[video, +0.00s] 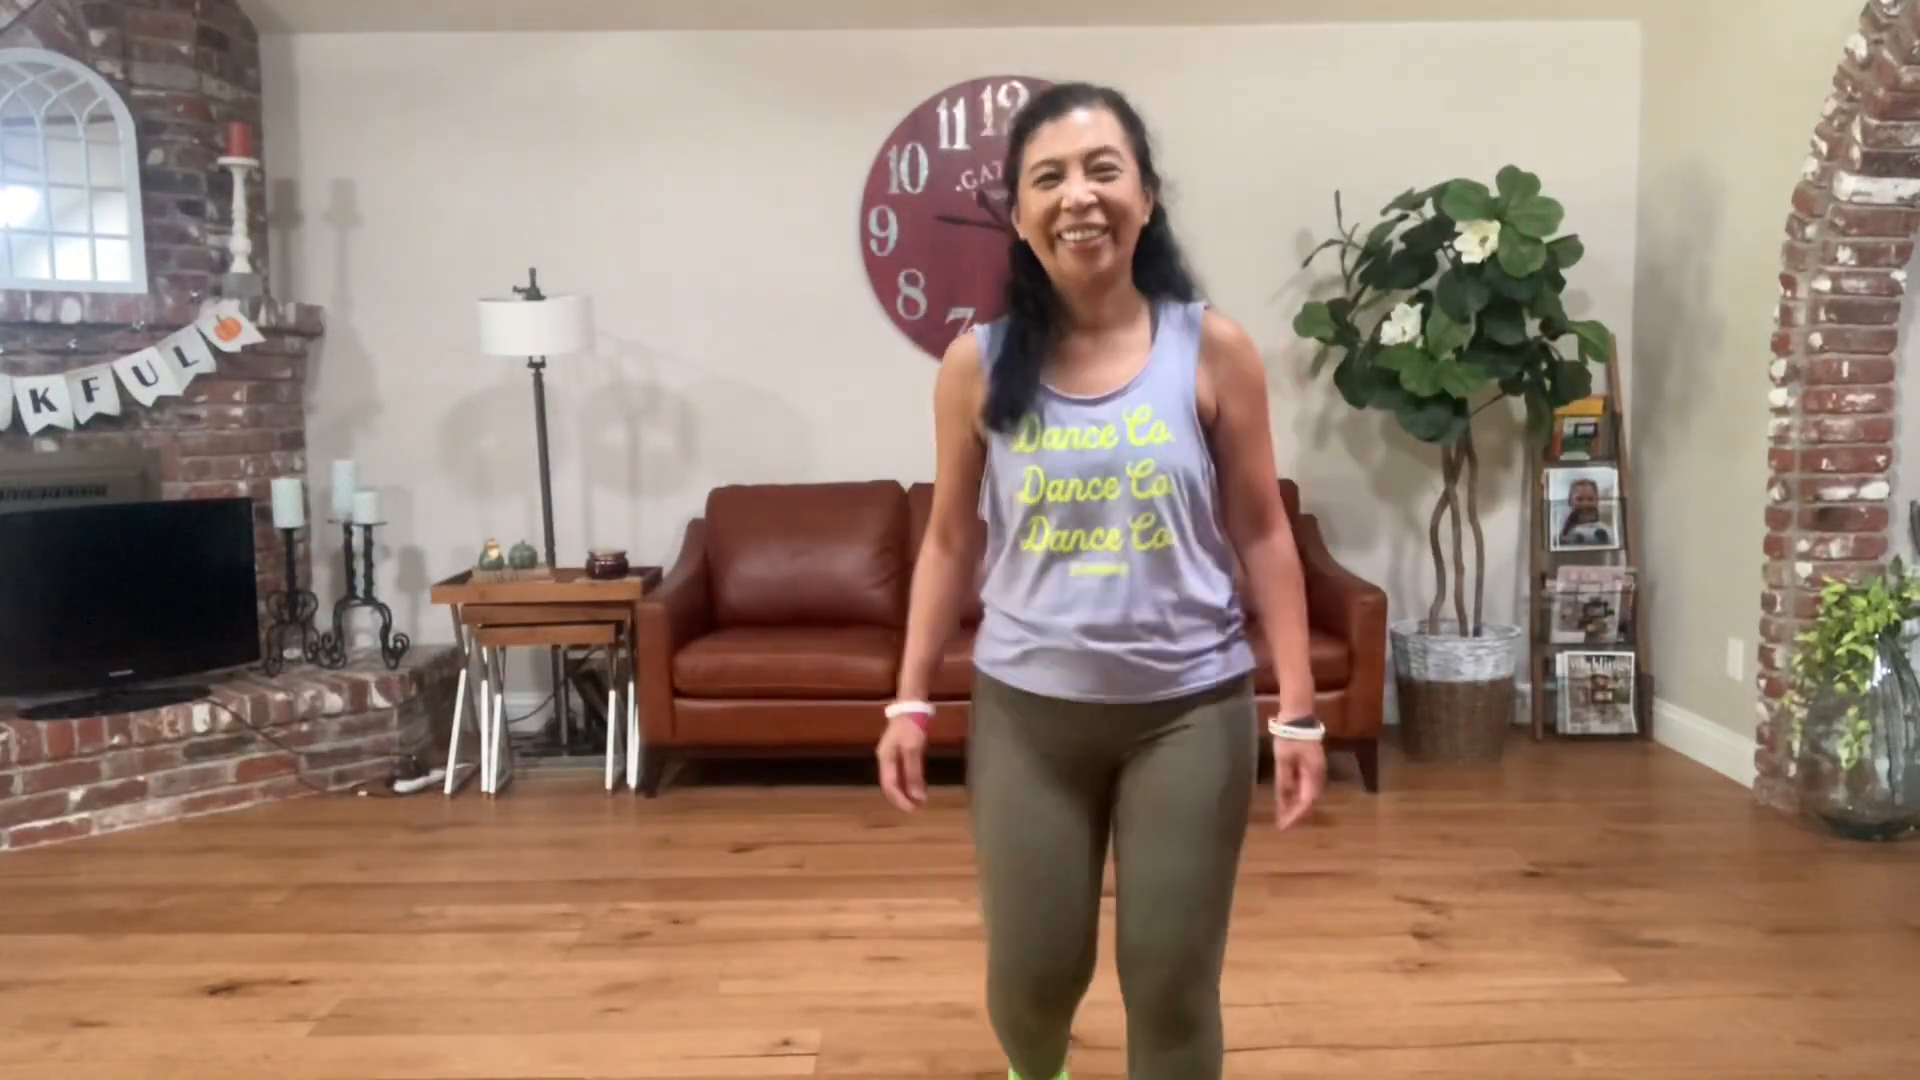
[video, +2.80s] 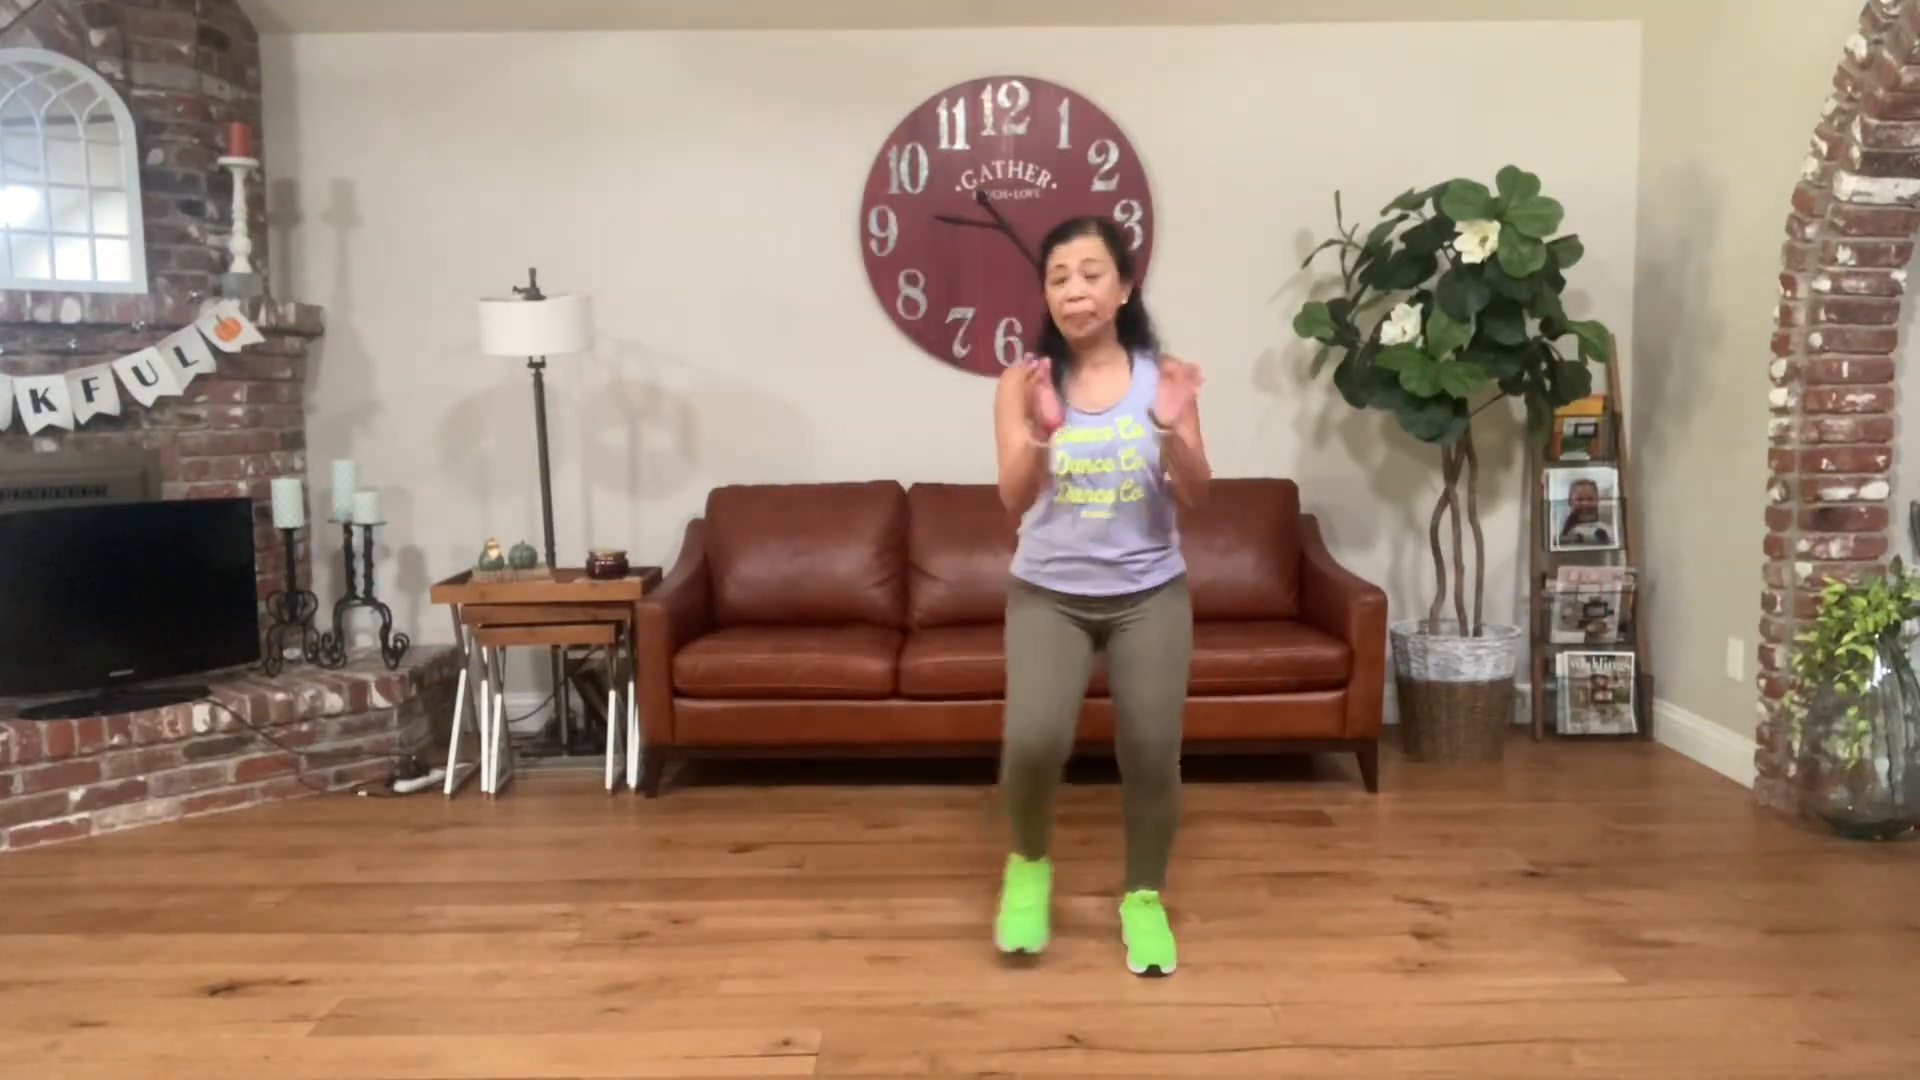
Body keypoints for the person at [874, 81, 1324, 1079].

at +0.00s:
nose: (1078, 195)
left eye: (1104, 169)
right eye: (1049, 176)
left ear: (1147, 196)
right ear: (1017, 213)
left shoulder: (1216, 351)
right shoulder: (978, 367)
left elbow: (1261, 531)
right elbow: (950, 540)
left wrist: (1297, 702)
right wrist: (910, 695)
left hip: (1192, 711)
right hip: (1025, 714)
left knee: (1171, 994)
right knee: (1033, 983)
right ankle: (1036, 1074)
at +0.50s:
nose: (1039, 244)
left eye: (1059, 222)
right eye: (1014, 228)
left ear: (1092, 244)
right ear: (986, 259)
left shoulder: (1144, 366)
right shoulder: (951, 378)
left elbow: (1198, 503)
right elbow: (899, 515)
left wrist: (1201, 591)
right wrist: (871, 548)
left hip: (1125, 661)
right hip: (988, 662)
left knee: (1113, 870)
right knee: (1013, 871)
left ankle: (1123, 1048)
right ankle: (1036, 1053)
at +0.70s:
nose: (1037, 257)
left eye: (1057, 233)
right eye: (1014, 239)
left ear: (1093, 246)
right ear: (992, 259)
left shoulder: (1143, 358)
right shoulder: (961, 371)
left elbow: (1173, 498)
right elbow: (940, 533)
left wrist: (1111, 493)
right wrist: (936, 502)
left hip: (1119, 651)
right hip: (990, 649)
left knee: (1098, 855)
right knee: (1017, 857)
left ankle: (1103, 988)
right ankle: (1037, 1044)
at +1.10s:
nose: (1014, 257)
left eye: (1032, 237)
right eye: (994, 242)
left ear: (1066, 257)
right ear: (971, 266)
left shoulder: (1116, 369)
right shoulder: (949, 375)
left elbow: (1179, 475)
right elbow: (931, 478)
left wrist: (1122, 565)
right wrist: (924, 548)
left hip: (1096, 622)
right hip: (978, 617)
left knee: (1091, 810)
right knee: (944, 794)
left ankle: (1099, 985)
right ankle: (946, 932)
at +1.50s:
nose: (930, 283)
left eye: (948, 267)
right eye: (913, 268)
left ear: (972, 285)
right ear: (888, 285)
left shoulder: (1005, 390)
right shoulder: (855, 380)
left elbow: (1044, 500)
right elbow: (815, 481)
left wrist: (1015, 532)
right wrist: (786, 501)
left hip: (985, 619)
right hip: (876, 617)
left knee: (1025, 794)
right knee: (869, 785)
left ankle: (1086, 975)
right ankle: (871, 914)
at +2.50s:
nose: (1032, 279)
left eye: (1047, 264)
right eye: (1013, 267)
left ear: (1071, 281)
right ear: (990, 289)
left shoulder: (1103, 370)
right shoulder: (965, 379)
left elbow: (1131, 454)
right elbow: (933, 476)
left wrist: (1157, 486)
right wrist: (924, 509)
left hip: (1092, 599)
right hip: (987, 597)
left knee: (1114, 755)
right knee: (938, 753)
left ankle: (1140, 900)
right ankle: (878, 908)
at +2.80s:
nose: (1076, 289)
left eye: (1092, 273)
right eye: (1061, 278)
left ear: (1123, 287)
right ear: (1045, 296)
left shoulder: (1165, 377)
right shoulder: (1023, 381)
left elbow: (1196, 491)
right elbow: (1014, 497)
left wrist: (1175, 431)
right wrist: (1041, 437)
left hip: (1151, 591)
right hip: (1047, 592)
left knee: (1153, 749)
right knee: (1034, 741)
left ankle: (1144, 896)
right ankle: (1028, 867)